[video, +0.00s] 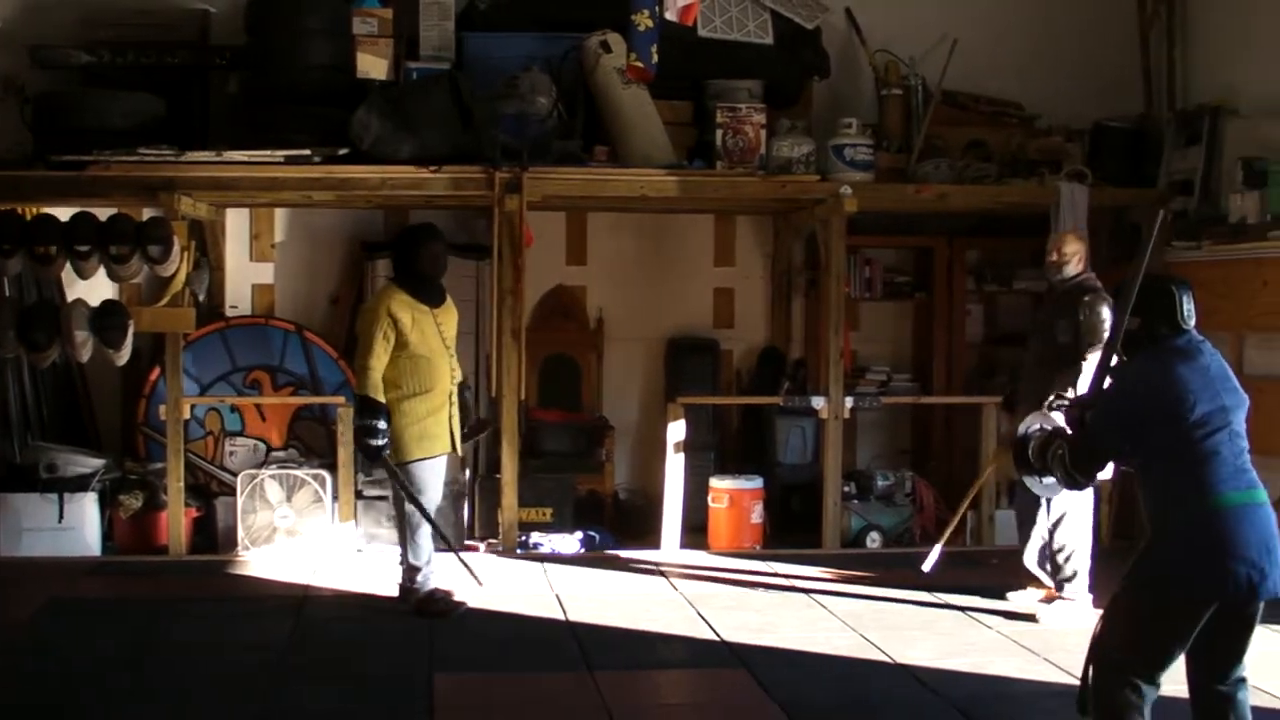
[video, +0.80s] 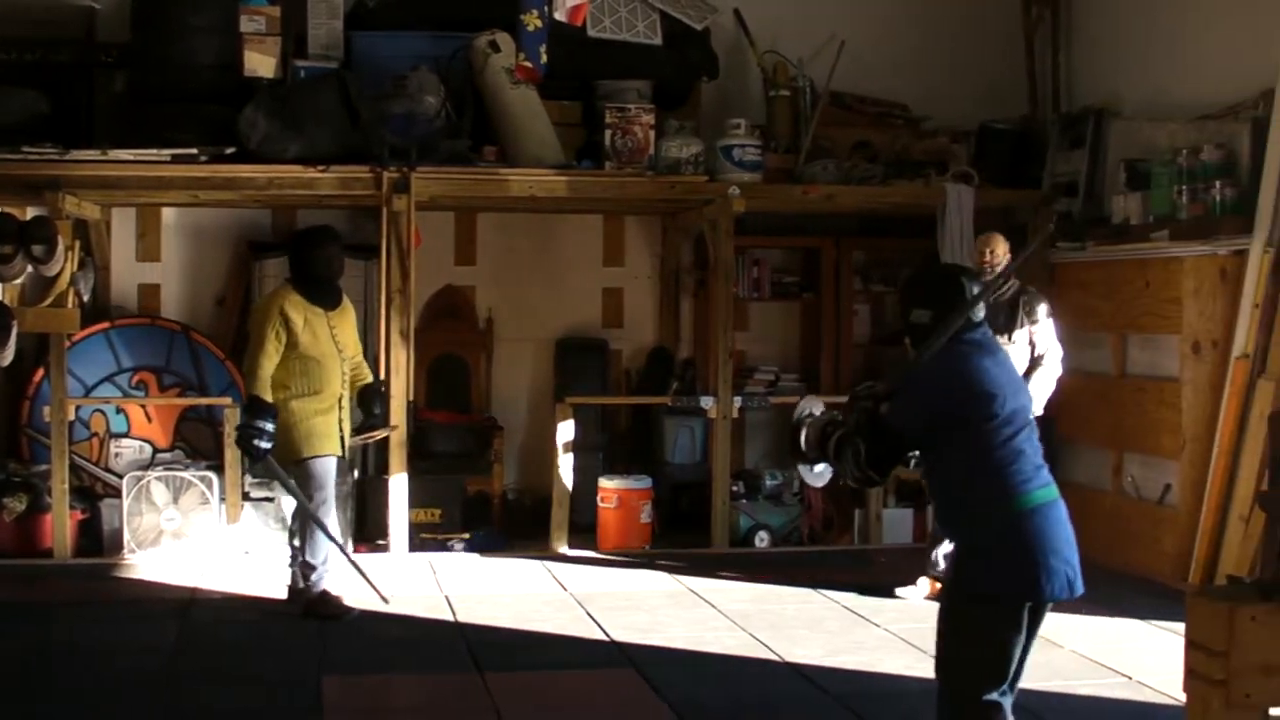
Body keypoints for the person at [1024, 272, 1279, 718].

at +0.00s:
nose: (1118, 327)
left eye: (1124, 316)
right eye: (1119, 316)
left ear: (1138, 320)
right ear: (1184, 317)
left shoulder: (1138, 376)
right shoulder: (1216, 365)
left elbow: (1079, 466)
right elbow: (1163, 438)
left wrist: (1043, 439)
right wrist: (1094, 410)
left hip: (1192, 544)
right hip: (1258, 540)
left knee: (1121, 671)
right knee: (1220, 676)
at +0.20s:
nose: (1075, 320)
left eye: (1082, 310)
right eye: (1078, 310)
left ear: (1094, 317)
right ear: (1142, 315)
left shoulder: (1085, 378)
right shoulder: (1169, 365)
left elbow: (1029, 463)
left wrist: (1005, 421)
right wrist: (1051, 399)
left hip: (1146, 552)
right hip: (1208, 544)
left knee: (1088, 684)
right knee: (1183, 682)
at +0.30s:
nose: (1045, 322)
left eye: (1051, 312)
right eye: (1048, 312)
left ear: (1061, 316)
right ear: (1109, 314)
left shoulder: (1062, 376)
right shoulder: (1137, 366)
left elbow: (999, 457)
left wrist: (974, 422)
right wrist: (1011, 410)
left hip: (1114, 553)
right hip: (1178, 544)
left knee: (1060, 689)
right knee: (1162, 684)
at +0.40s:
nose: (1010, 327)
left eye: (1015, 316)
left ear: (1026, 320)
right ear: (1076, 312)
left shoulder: (1028, 377)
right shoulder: (1104, 363)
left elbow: (962, 456)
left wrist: (933, 419)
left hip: (1084, 551)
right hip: (1148, 544)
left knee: (1039, 687)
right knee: (1140, 682)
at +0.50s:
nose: (964, 338)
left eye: (972, 325)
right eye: (964, 326)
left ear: (995, 324)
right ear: (1041, 311)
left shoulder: (1003, 378)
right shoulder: (1072, 359)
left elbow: (931, 452)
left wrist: (895, 413)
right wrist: (951, 394)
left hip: (1055, 555)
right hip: (1118, 543)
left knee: (1017, 690)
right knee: (1108, 680)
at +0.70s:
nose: (929, 324)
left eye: (934, 313)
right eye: (930, 312)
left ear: (949, 315)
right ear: (992, 307)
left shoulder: (962, 371)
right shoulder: (1017, 357)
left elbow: (892, 448)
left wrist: (852, 423)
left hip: (1020, 553)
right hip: (1070, 542)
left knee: (984, 693)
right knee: (1034, 681)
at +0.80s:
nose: (986, 259)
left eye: (993, 252)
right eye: (981, 252)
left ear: (1009, 257)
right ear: (973, 256)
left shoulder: (1028, 301)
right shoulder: (967, 299)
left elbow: (1050, 360)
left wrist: (1026, 408)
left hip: (1013, 422)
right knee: (950, 493)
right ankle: (938, 571)